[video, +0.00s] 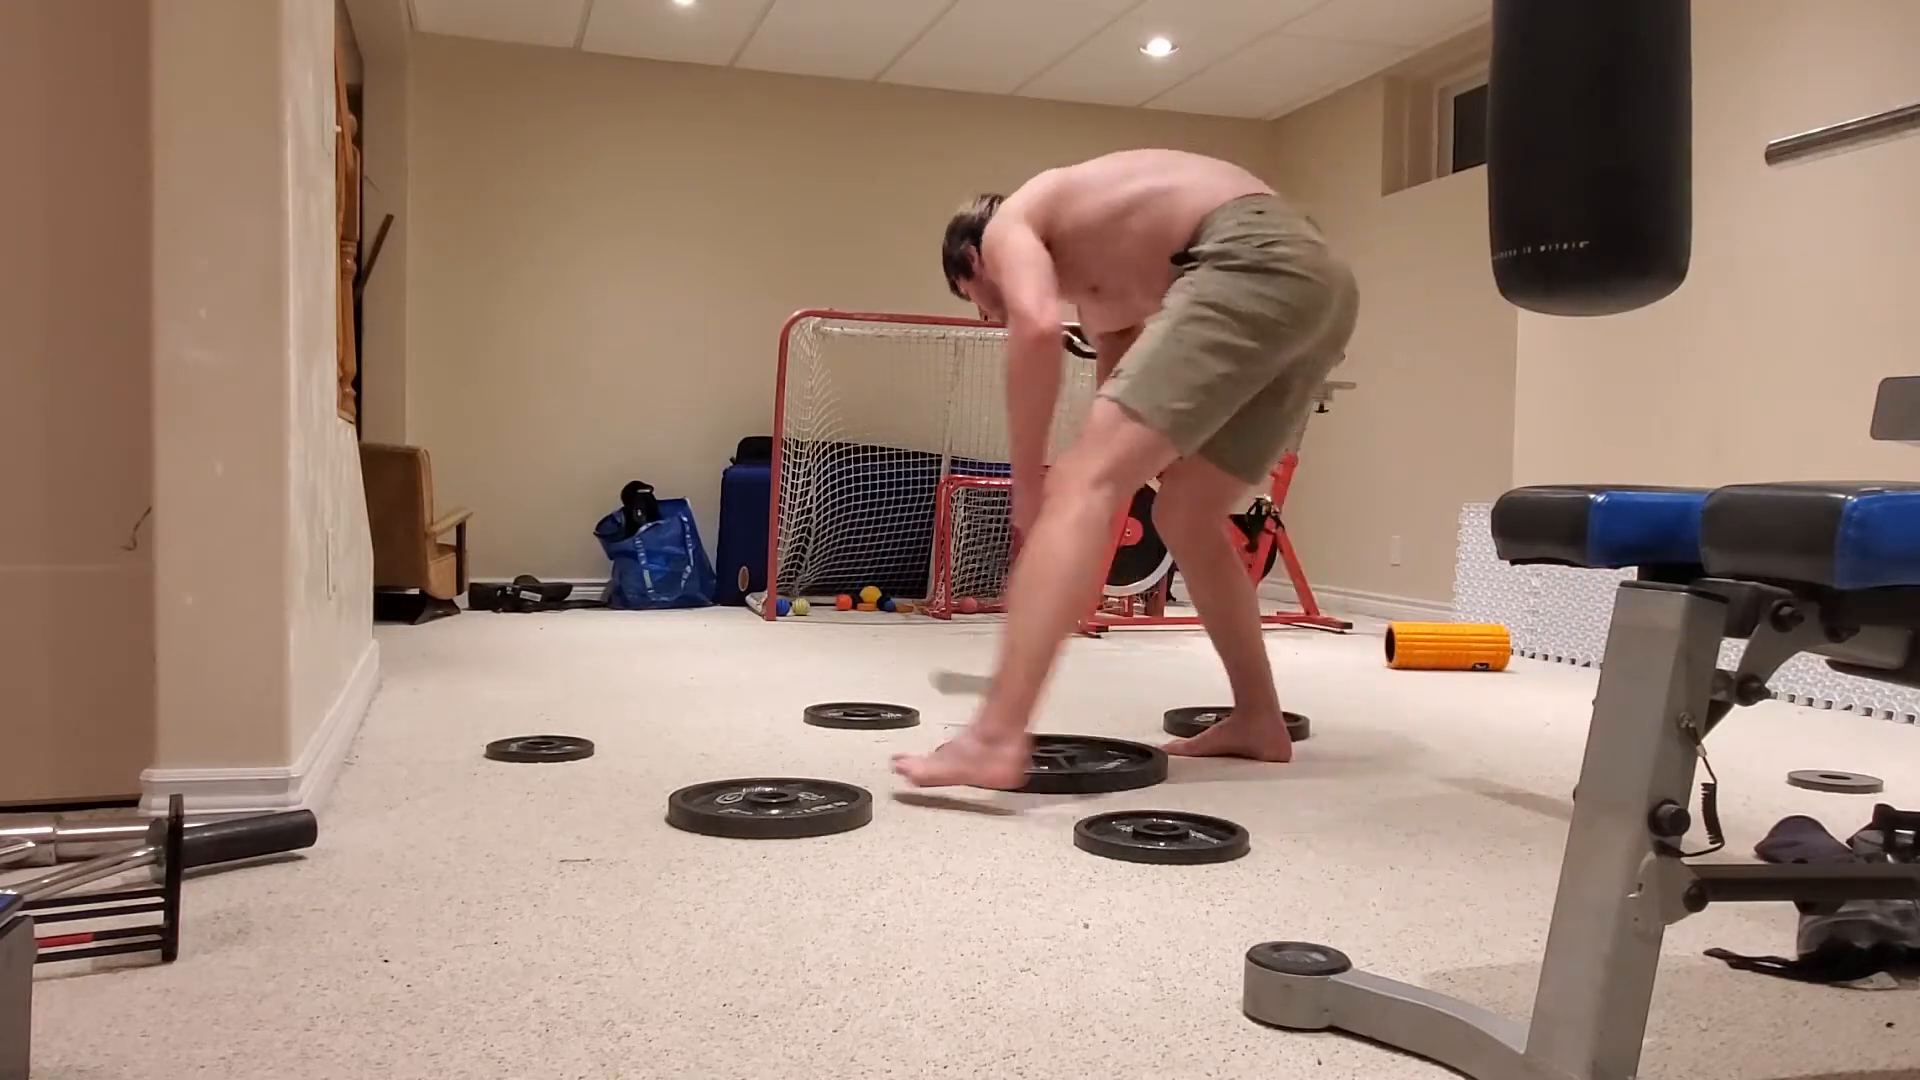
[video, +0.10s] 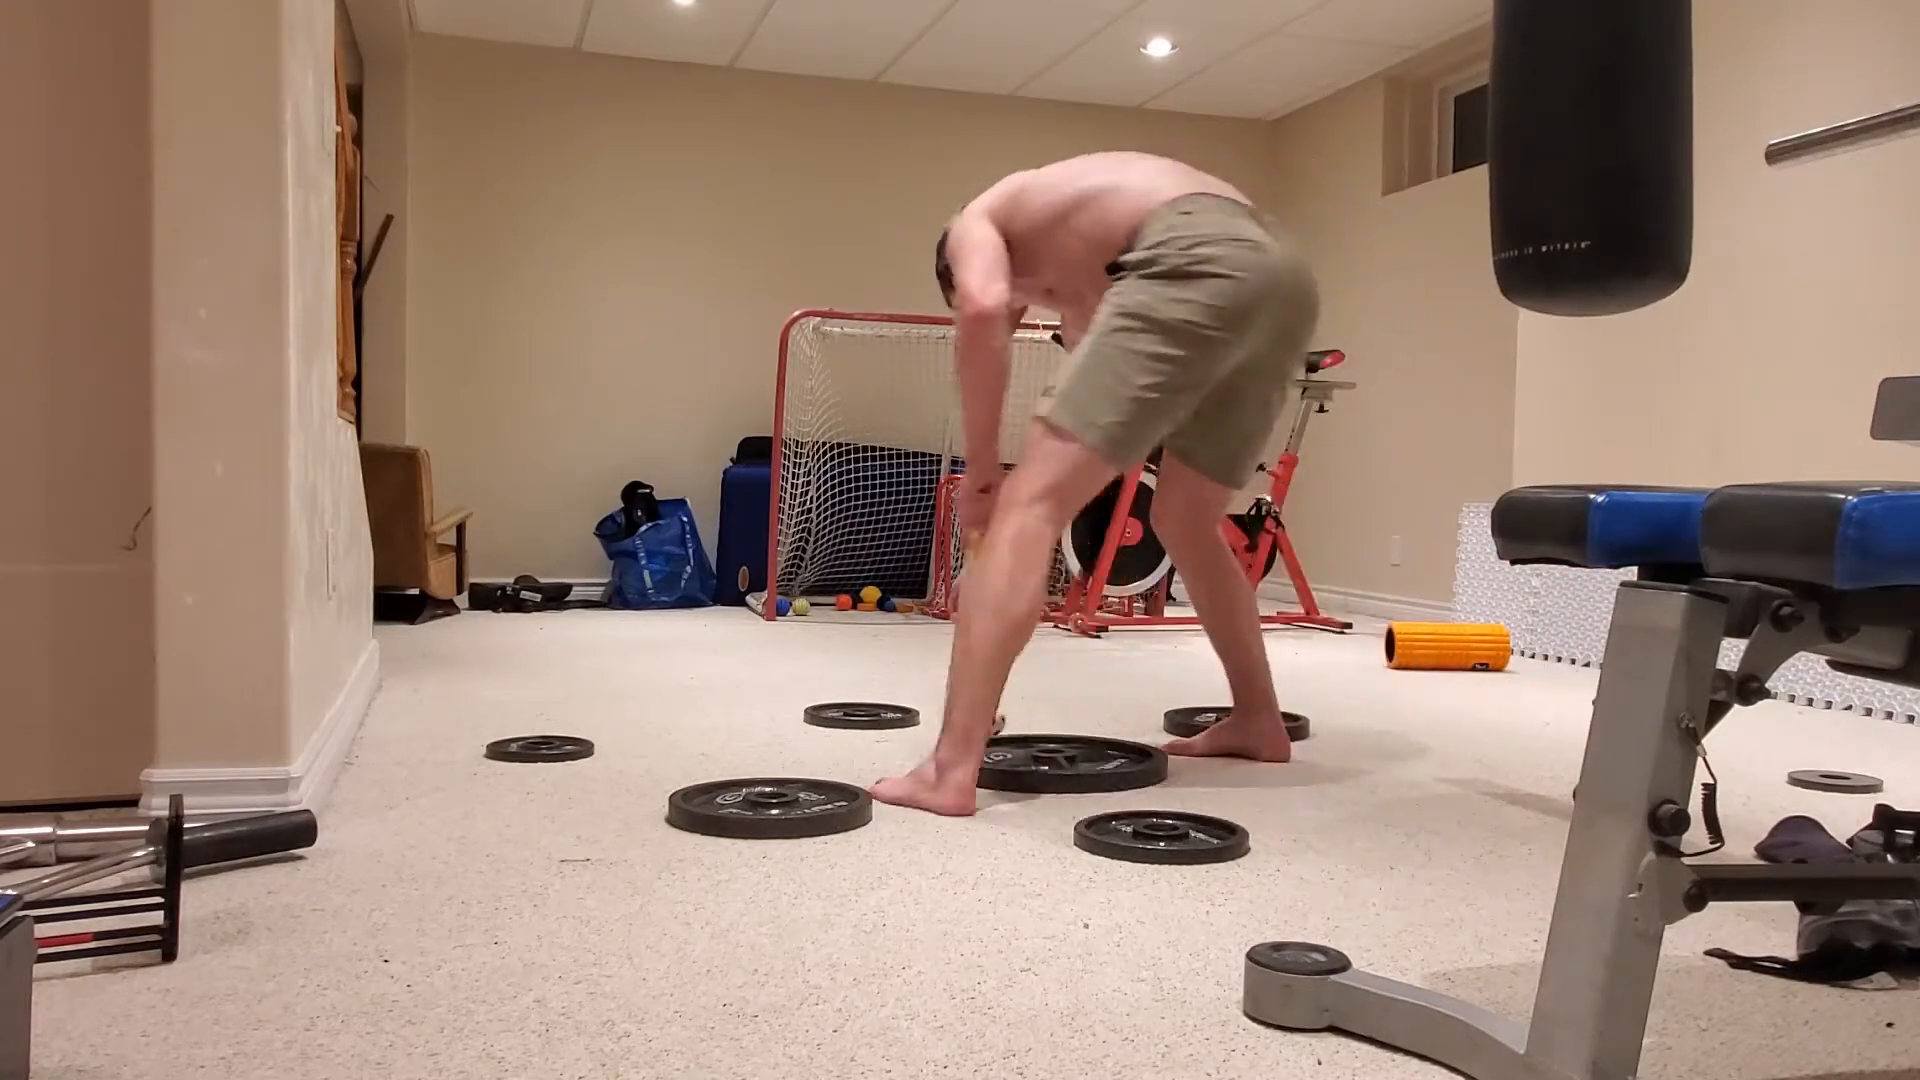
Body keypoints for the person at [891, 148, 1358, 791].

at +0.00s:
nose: (990, 312)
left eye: (974, 297)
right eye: (977, 304)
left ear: (973, 259)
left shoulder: (1008, 227)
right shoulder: (1109, 296)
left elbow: (1037, 329)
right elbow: (1118, 401)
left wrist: (1027, 493)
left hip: (1255, 263)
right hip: (1324, 286)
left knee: (1085, 478)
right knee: (1189, 506)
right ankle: (1258, 721)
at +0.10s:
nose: (1009, 314)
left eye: (994, 309)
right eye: (999, 306)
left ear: (955, 252)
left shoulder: (976, 224)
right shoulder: (1081, 282)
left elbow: (985, 307)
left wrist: (979, 475)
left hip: (1197, 259)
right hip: (1288, 277)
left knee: (1031, 499)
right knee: (1187, 515)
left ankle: (950, 769)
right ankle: (1258, 720)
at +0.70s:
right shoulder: (1231, 237)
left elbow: (1057, 417)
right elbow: (1280, 429)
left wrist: (1179, 527)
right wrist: (1318, 606)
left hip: (1041, 207)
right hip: (1180, 212)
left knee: (955, 509)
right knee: (1255, 522)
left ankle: (939, 769)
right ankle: (1328, 786)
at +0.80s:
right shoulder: (1296, 272)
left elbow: (1081, 407)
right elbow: (1315, 442)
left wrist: (1181, 523)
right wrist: (1324, 605)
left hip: (1062, 204)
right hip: (1201, 205)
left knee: (977, 506)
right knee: (1272, 512)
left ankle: (931, 768)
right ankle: (1333, 787)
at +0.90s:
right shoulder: (1337, 286)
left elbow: (1094, 412)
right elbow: (1329, 446)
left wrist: (1161, 518)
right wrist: (1302, 587)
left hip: (1085, 196)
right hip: (1222, 207)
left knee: (997, 495)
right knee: (1301, 520)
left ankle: (922, 747)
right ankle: (1340, 787)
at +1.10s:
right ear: (1346, 295)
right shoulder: (1367, 273)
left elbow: (1111, 392)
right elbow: (1348, 441)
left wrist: (1190, 509)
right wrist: (1332, 579)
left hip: (1101, 191)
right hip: (1237, 210)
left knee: (990, 460)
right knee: (1300, 516)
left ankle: (881, 689)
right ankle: (1337, 788)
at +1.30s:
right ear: (1277, 287)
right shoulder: (1303, 260)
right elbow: (1287, 388)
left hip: (1053, 217)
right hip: (1185, 230)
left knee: (944, 477)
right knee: (1272, 527)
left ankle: (846, 686)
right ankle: (1331, 789)